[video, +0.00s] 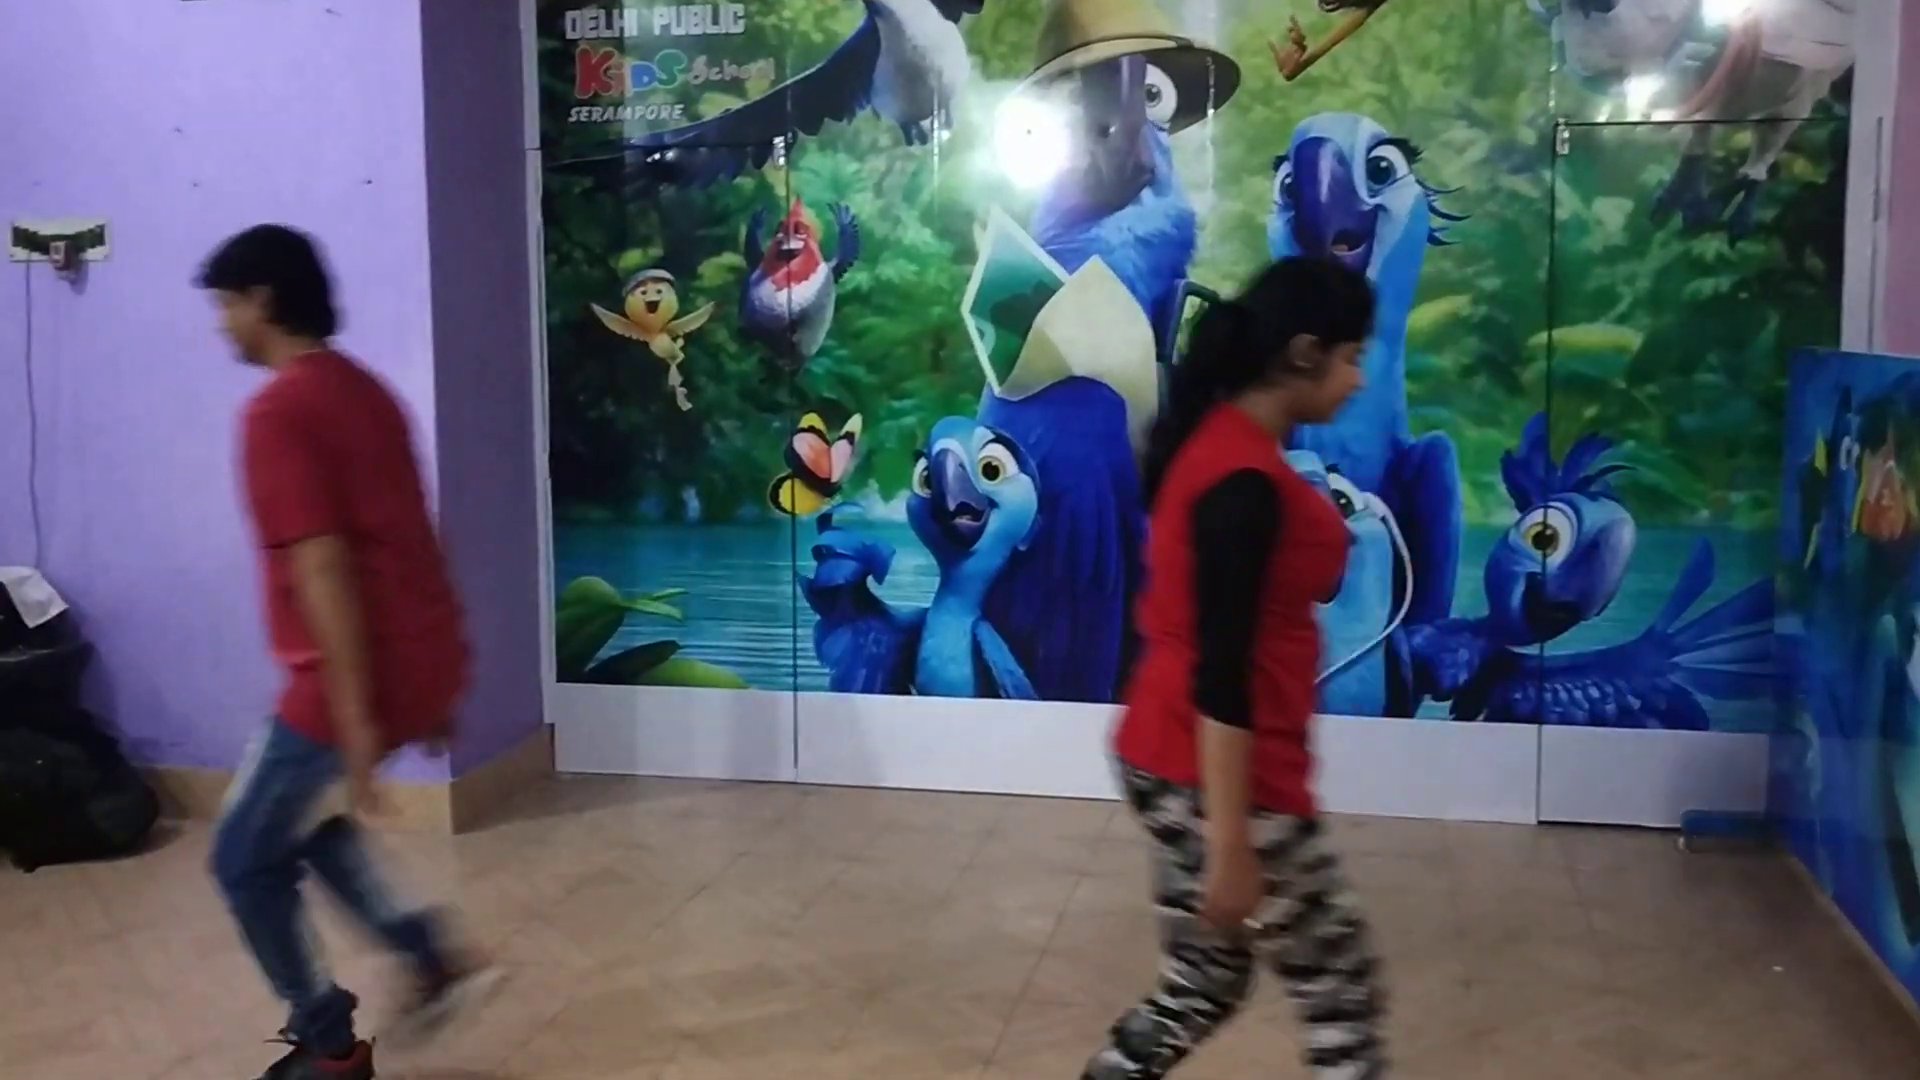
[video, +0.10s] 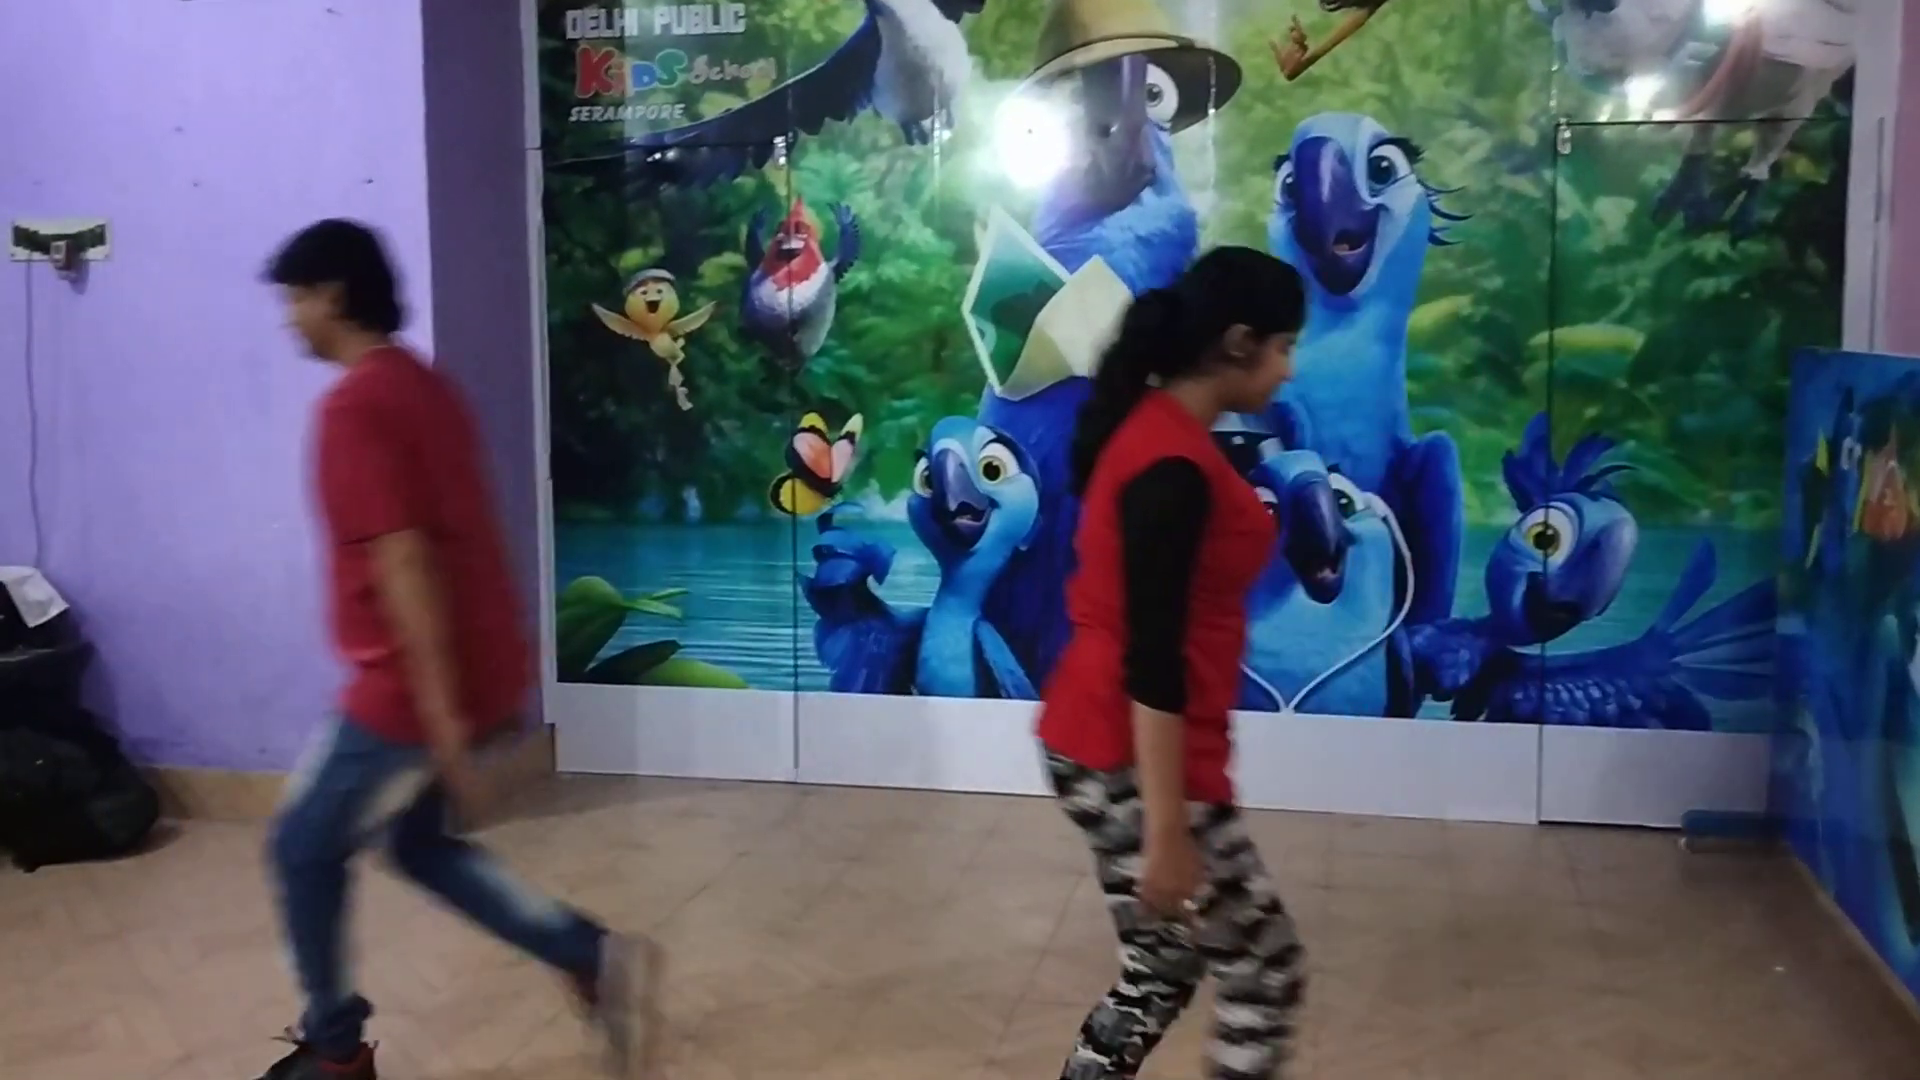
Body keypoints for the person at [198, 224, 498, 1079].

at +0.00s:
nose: (219, 319)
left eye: (226, 301)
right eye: (219, 302)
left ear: (265, 302)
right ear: (300, 300)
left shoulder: (281, 410)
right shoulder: (361, 388)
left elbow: (323, 568)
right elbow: (411, 541)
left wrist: (357, 723)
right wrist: (433, 689)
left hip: (345, 688)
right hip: (408, 671)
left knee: (244, 858)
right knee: (311, 824)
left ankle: (325, 1037)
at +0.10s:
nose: (287, 315)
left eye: (295, 297)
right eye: (287, 297)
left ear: (334, 298)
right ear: (356, 297)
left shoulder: (359, 403)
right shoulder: (423, 385)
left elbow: (403, 561)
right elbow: (451, 543)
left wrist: (444, 722)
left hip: (406, 693)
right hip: (470, 683)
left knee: (303, 845)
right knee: (421, 846)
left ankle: (332, 1041)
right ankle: (592, 957)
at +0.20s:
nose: (363, 309)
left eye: (370, 291)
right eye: (361, 292)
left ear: (413, 289)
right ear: (430, 290)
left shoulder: (444, 395)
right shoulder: (494, 374)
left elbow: (496, 554)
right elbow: (532, 532)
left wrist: (533, 716)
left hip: (505, 685)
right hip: (558, 674)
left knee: (396, 846)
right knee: (558, 857)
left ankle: (359, 1041)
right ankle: (708, 1008)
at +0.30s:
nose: (436, 309)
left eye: (443, 290)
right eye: (435, 291)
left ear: (489, 288)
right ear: (501, 288)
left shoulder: (516, 395)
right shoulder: (569, 373)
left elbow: (567, 550)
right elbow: (605, 530)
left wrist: (597, 703)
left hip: (583, 677)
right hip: (650, 667)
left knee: (453, 834)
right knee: (623, 846)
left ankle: (552, 1024)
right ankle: (736, 1025)